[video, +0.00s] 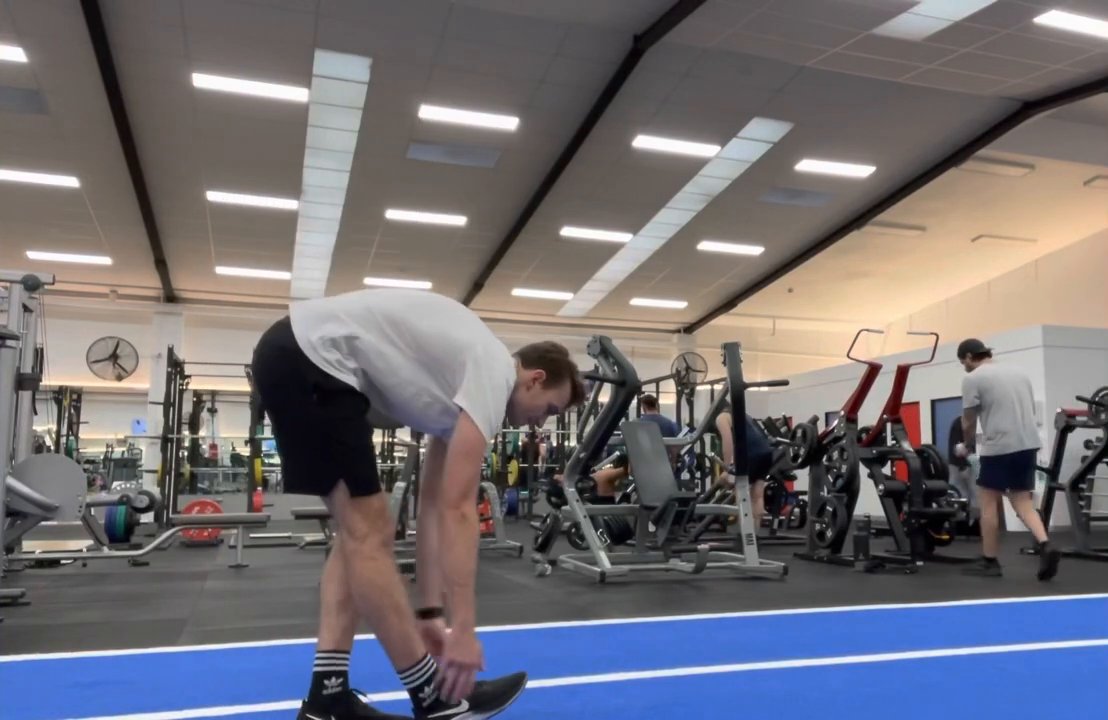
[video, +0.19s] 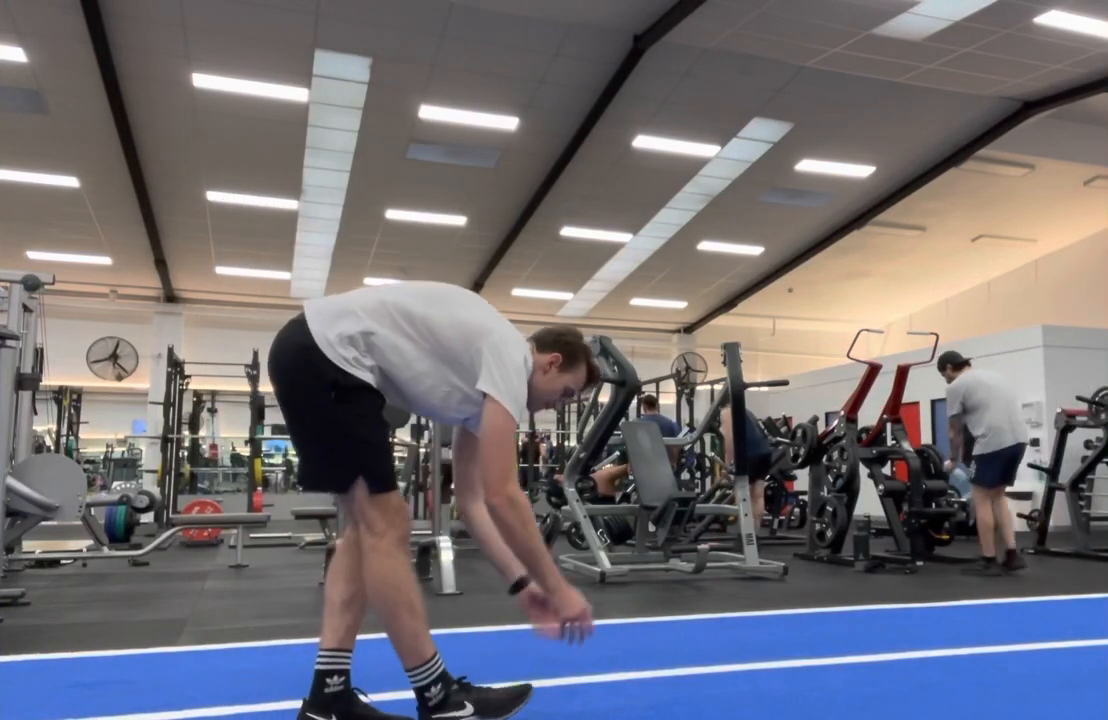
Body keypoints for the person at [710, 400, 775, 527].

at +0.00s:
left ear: (715, 410)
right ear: (727, 405)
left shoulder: (722, 417)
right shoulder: (742, 414)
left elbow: (728, 442)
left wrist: (727, 468)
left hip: (748, 457)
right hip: (765, 454)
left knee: (743, 496)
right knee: (758, 496)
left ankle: (745, 532)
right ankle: (755, 532)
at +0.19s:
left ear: (721, 403)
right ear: (736, 399)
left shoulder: (726, 413)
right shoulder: (746, 412)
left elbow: (729, 440)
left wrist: (728, 465)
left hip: (746, 459)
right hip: (764, 455)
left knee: (740, 496)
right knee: (758, 497)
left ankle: (744, 532)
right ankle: (754, 533)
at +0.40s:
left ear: (725, 398)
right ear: (740, 394)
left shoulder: (729, 409)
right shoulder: (749, 409)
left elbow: (730, 437)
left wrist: (728, 460)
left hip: (745, 457)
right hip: (763, 455)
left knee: (740, 495)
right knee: (758, 496)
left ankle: (743, 531)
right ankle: (755, 532)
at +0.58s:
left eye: (725, 389)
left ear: (728, 391)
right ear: (742, 389)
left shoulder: (729, 406)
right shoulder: (751, 406)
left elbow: (731, 434)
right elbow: (757, 432)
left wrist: (726, 453)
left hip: (744, 456)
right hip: (762, 453)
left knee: (739, 494)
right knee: (757, 496)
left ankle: (743, 533)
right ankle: (755, 535)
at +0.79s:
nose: (730, 392)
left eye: (730, 389)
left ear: (734, 390)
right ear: (747, 388)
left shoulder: (741, 405)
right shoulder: (756, 405)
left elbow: (736, 430)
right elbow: (763, 433)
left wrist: (725, 443)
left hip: (745, 455)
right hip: (761, 453)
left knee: (738, 492)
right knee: (757, 496)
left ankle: (743, 532)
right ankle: (755, 534)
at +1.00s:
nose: (729, 392)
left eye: (730, 388)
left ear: (735, 388)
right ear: (748, 387)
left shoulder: (744, 405)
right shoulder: (758, 405)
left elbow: (739, 429)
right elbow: (764, 434)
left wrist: (724, 438)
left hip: (746, 454)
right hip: (761, 453)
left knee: (738, 493)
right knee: (757, 496)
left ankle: (744, 534)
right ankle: (755, 535)